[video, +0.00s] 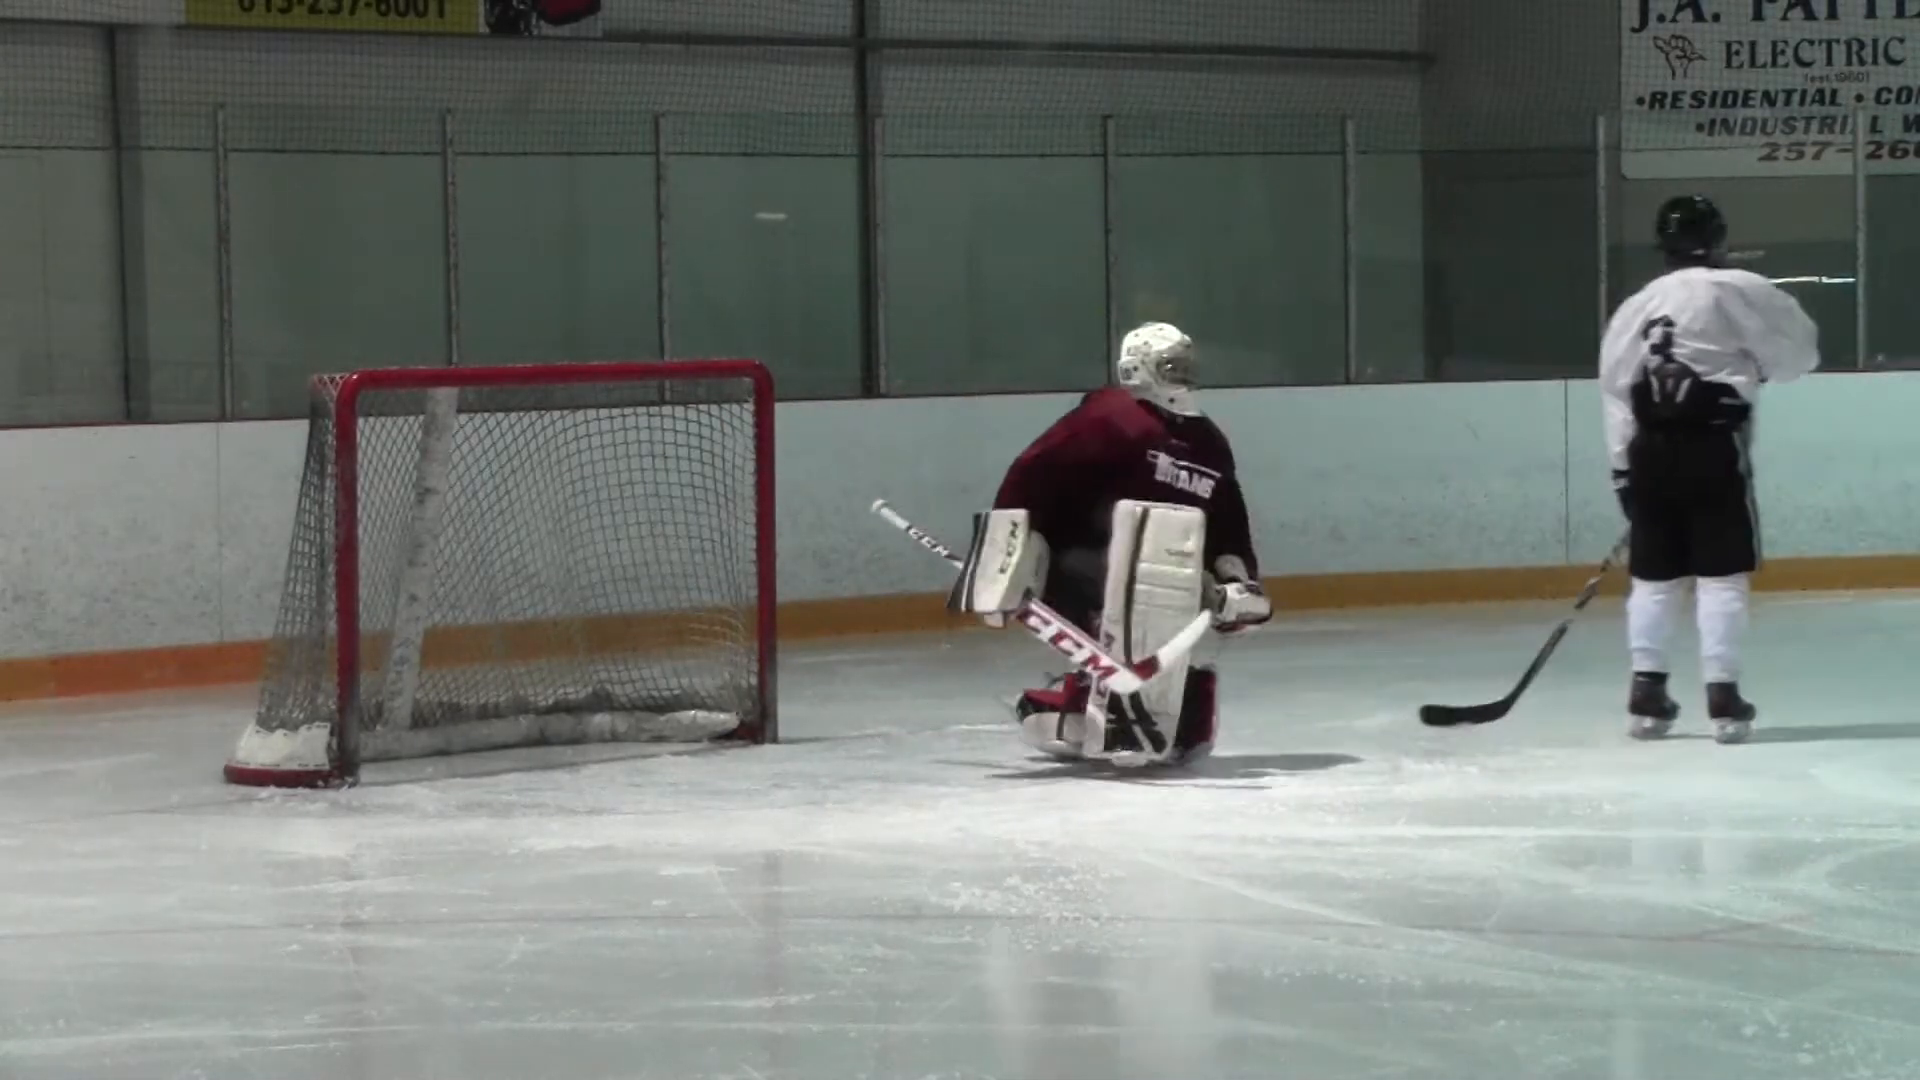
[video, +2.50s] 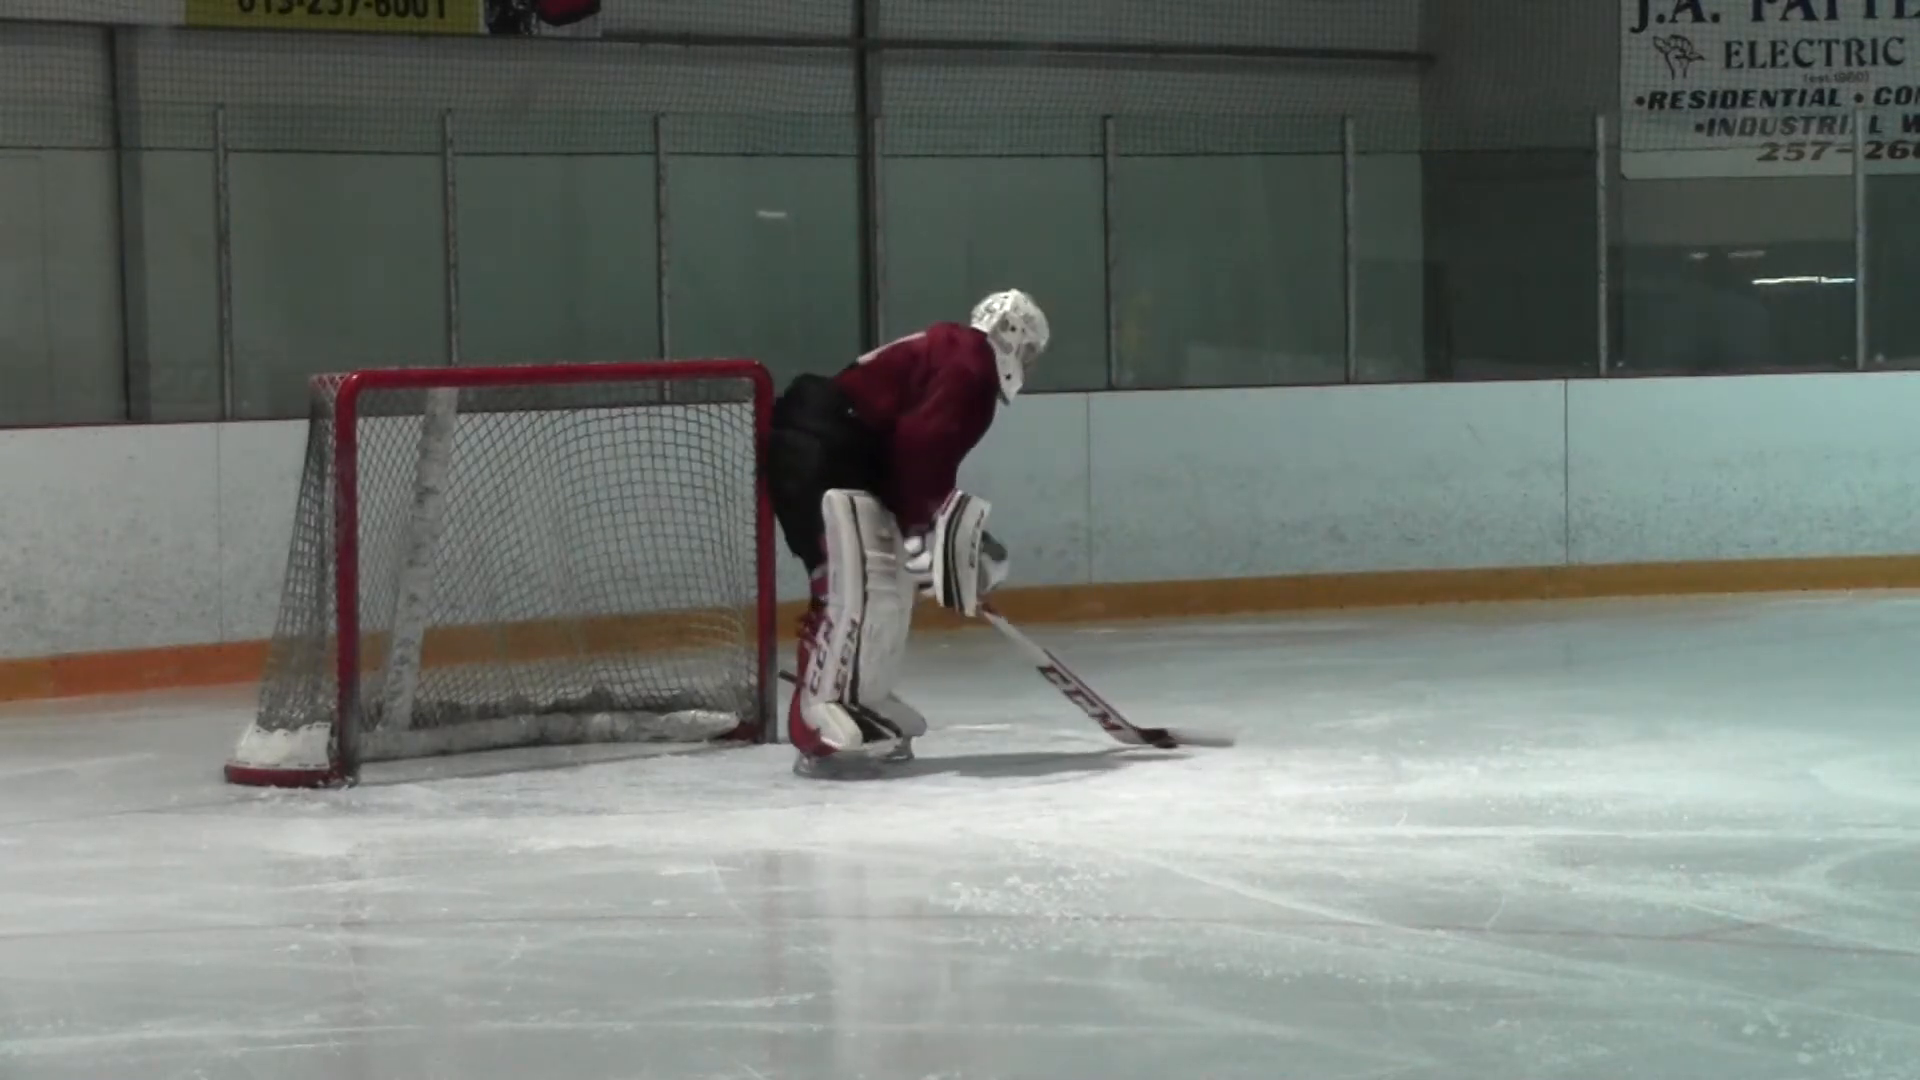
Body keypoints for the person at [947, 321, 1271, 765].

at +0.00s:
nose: (1183, 380)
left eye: (1187, 370)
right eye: (1171, 369)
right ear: (1139, 372)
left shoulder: (1207, 439)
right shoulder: (1110, 417)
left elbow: (1229, 522)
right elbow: (1028, 477)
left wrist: (1238, 582)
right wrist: (1003, 569)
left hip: (1160, 587)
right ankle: (1043, 716)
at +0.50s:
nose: (1119, 263)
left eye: (1122, 252)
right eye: (1110, 252)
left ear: (1073, 250)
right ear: (1089, 254)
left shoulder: (1151, 315)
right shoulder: (1046, 308)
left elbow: (1189, 381)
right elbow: (980, 392)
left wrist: (1256, 364)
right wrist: (969, 484)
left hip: (1122, 492)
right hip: (1047, 491)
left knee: (1143, 590)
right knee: (1114, 588)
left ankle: (1073, 717)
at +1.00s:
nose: (1086, 248)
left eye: (1092, 238)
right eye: (1078, 235)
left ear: (1094, 236)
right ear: (1048, 227)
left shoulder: (1077, 292)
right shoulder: (1008, 267)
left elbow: (1059, 391)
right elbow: (955, 355)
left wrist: (1099, 451)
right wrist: (969, 463)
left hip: (1066, 468)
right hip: (1012, 472)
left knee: (1123, 564)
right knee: (1027, 597)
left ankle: (1148, 696)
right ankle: (990, 725)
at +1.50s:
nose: (1065, 289)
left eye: (1077, 281)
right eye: (1062, 272)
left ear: (1082, 278)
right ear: (1041, 255)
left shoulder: (1050, 335)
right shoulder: (1000, 273)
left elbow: (1032, 425)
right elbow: (947, 335)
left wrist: (1054, 475)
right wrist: (973, 395)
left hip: (1012, 483)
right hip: (962, 475)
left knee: (1030, 595)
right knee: (974, 594)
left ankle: (995, 701)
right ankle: (942, 709)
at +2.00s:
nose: (1031, 289)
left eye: (1035, 280)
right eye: (1026, 277)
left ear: (1000, 269)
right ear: (1005, 271)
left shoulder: (984, 318)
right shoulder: (964, 301)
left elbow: (978, 415)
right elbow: (941, 386)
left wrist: (995, 496)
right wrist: (957, 478)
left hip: (913, 466)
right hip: (877, 460)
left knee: (947, 586)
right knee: (909, 586)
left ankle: (917, 700)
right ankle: (877, 713)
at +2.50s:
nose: (1027, 365)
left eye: (1032, 356)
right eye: (1028, 351)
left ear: (988, 324)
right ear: (1013, 338)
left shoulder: (963, 357)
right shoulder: (967, 361)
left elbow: (926, 452)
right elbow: (921, 439)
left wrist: (947, 535)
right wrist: (919, 529)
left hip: (853, 457)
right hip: (826, 450)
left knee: (887, 584)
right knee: (857, 586)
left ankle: (867, 700)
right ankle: (826, 708)